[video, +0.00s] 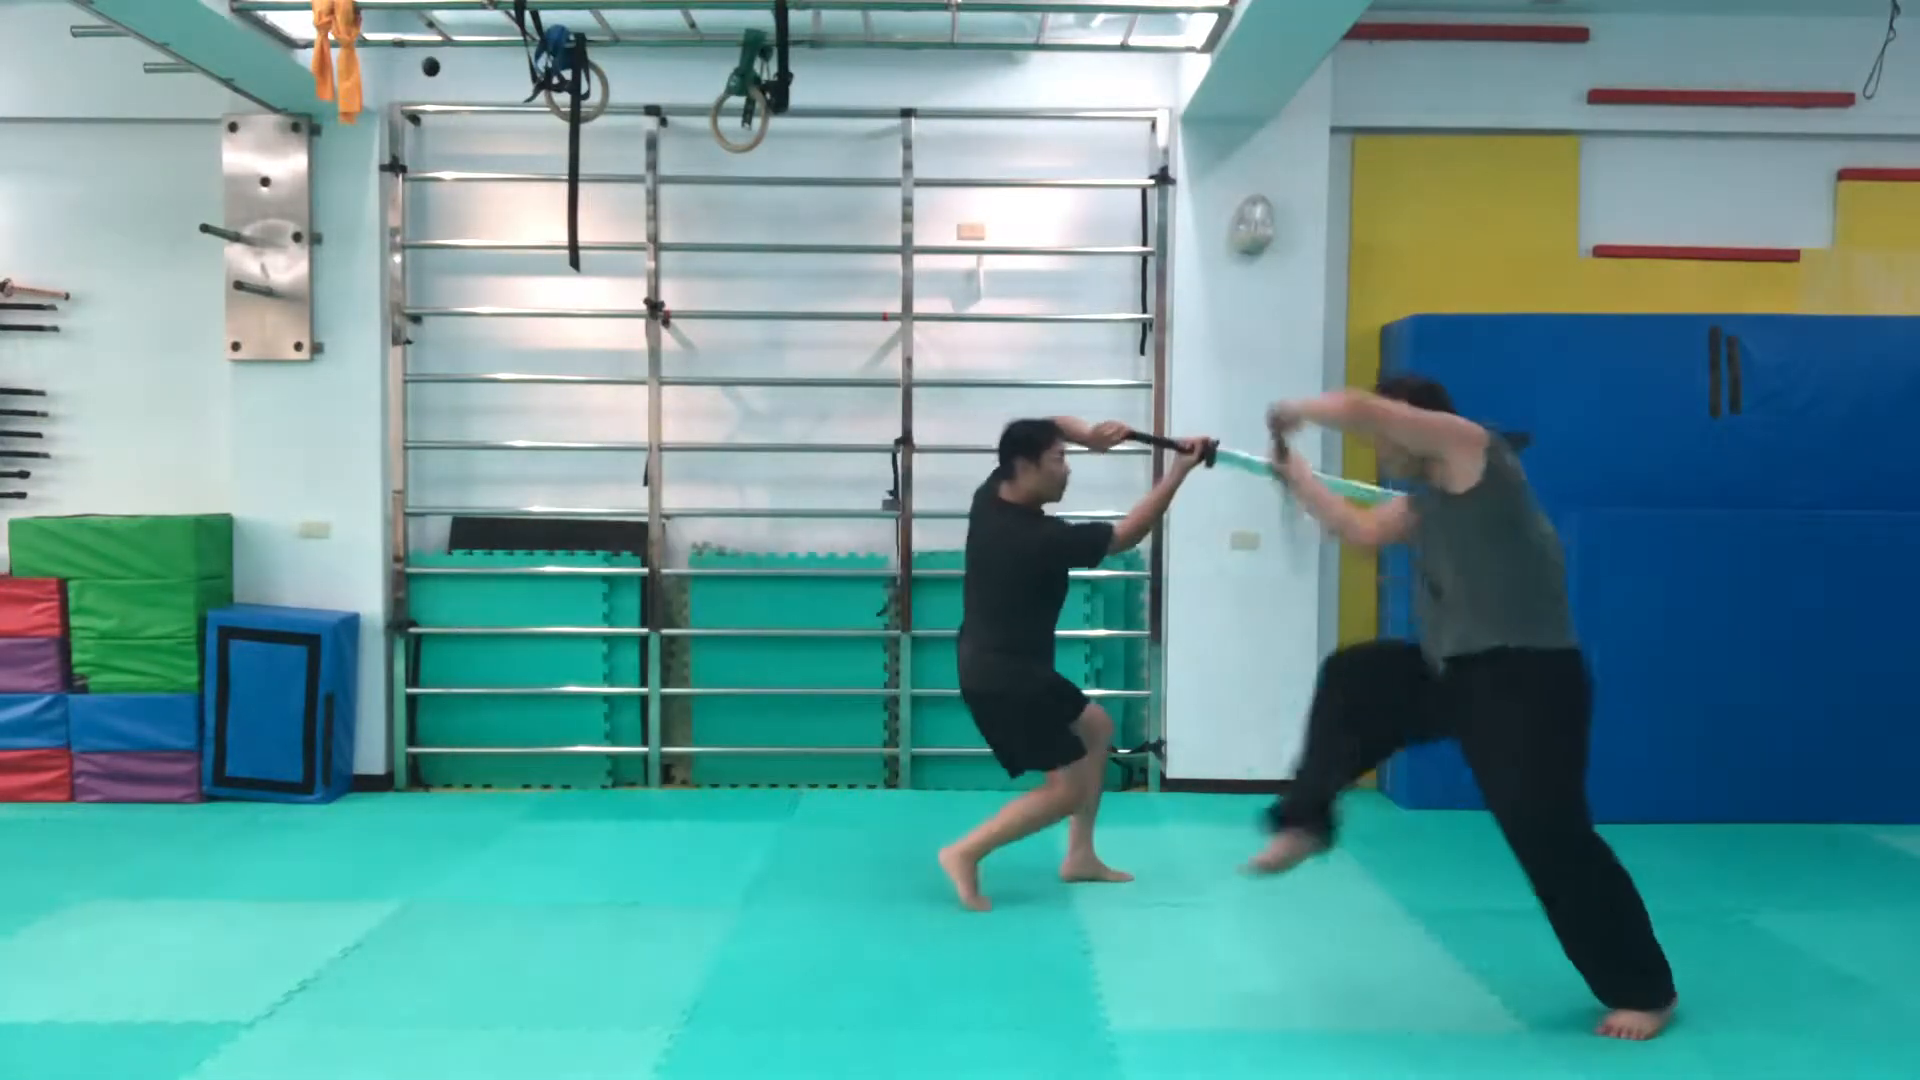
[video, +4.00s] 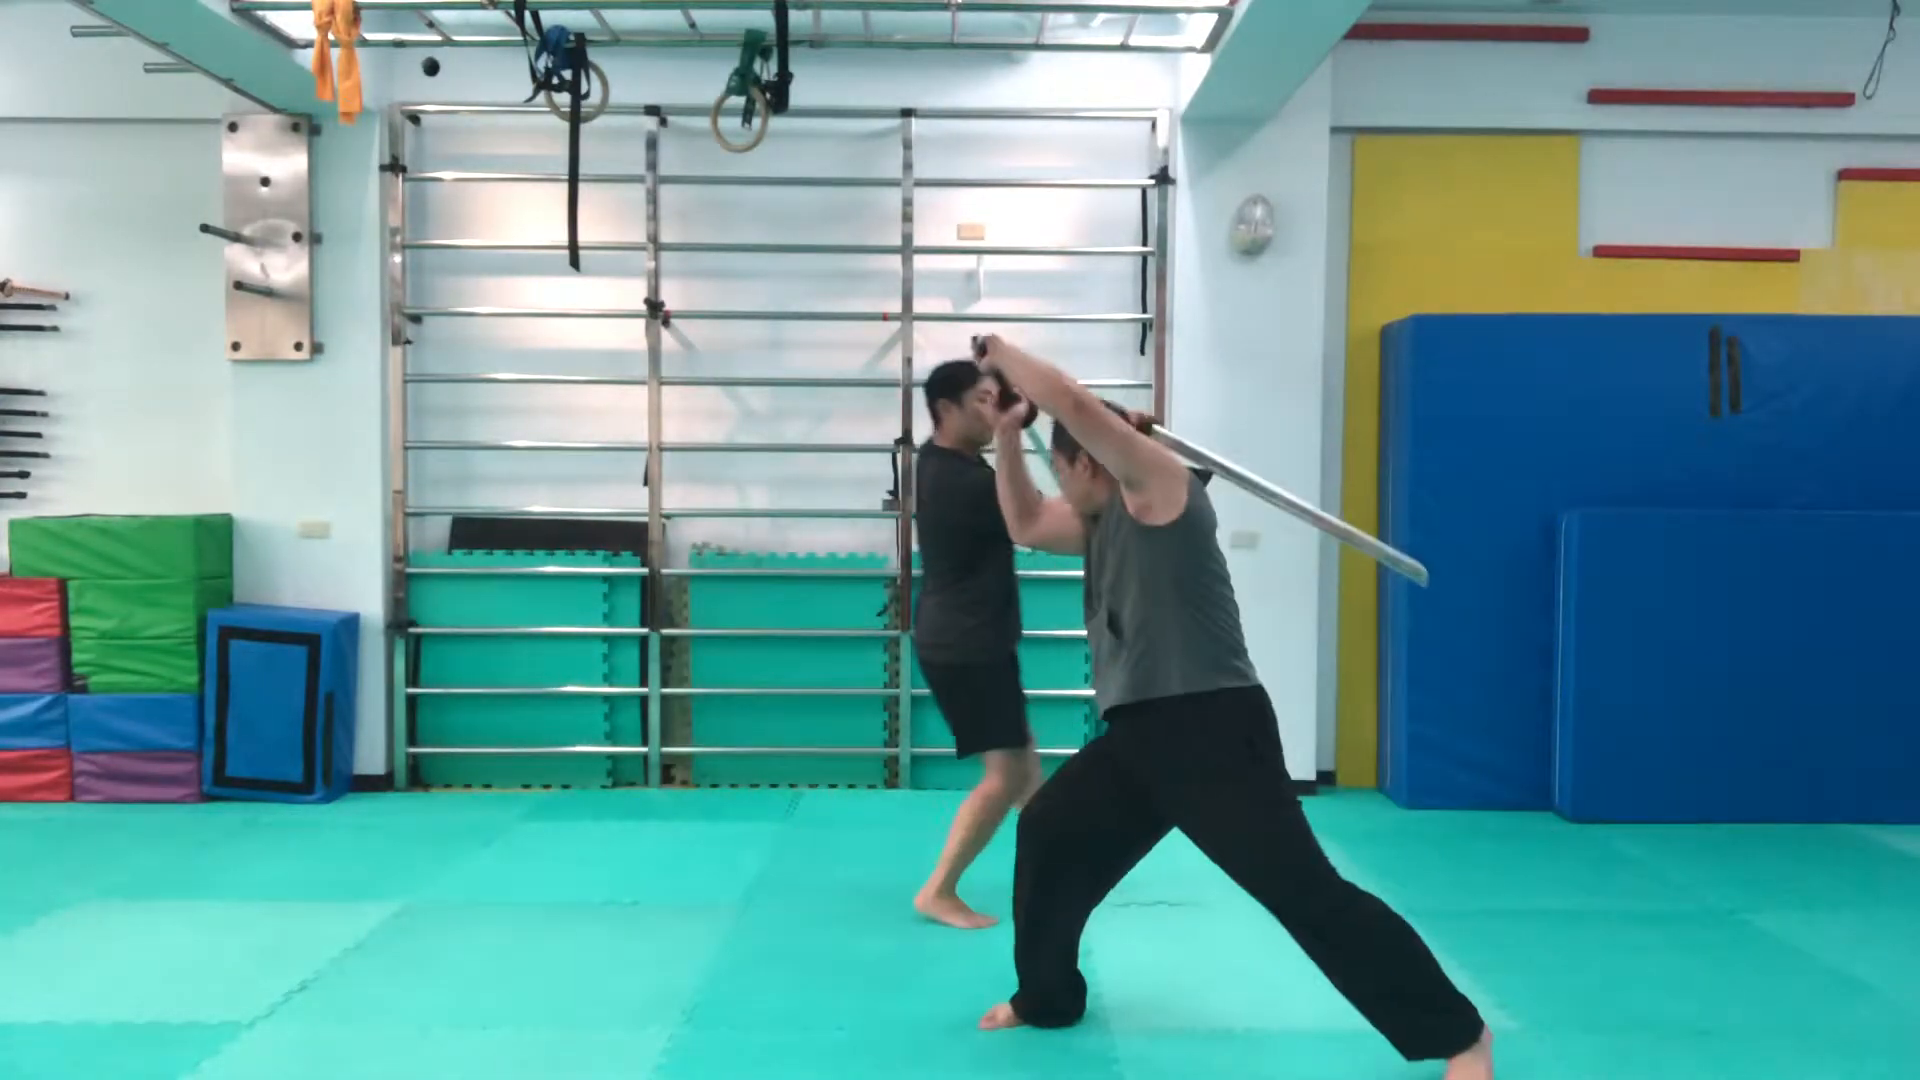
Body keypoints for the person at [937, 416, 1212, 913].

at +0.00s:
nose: (1066, 469)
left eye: (1065, 459)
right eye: (1059, 460)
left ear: (1016, 467)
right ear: (1027, 467)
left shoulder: (989, 500)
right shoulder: (1046, 538)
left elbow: (1041, 432)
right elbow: (1125, 534)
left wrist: (1090, 436)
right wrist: (1179, 470)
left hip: (988, 668)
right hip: (1011, 680)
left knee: (1096, 727)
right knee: (1069, 790)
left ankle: (1081, 857)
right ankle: (963, 854)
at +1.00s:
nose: (774, 404)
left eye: (771, 393)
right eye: (761, 396)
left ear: (726, 411)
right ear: (727, 409)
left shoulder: (706, 471)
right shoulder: (746, 481)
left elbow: (744, 506)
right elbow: (830, 531)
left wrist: (788, 471)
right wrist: (875, 493)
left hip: (719, 657)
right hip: (752, 658)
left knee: (721, 774)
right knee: (827, 758)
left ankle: (657, 895)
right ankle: (857, 896)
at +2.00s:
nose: (595, 411)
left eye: (593, 399)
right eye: (582, 400)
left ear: (537, 412)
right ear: (541, 409)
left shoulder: (504, 471)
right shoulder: (538, 485)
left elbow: (511, 572)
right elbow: (550, 593)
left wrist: (591, 608)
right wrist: (645, 592)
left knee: (439, 795)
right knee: (573, 791)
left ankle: (344, 923)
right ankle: (562, 956)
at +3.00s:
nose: (879, 455)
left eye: (877, 443)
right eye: (870, 444)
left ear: (841, 452)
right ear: (837, 452)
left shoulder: (845, 501)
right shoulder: (812, 519)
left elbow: (910, 517)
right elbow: (874, 609)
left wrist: (963, 532)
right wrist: (964, 590)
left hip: (815, 684)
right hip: (782, 691)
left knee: (896, 732)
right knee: (811, 821)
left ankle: (890, 884)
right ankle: (713, 959)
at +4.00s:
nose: (995, 413)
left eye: (996, 402)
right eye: (984, 403)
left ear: (948, 413)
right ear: (948, 411)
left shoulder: (936, 464)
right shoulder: (968, 480)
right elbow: (1041, 523)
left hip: (965, 640)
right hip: (970, 646)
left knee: (1027, 772)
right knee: (1008, 774)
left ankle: (1055, 885)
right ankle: (938, 891)